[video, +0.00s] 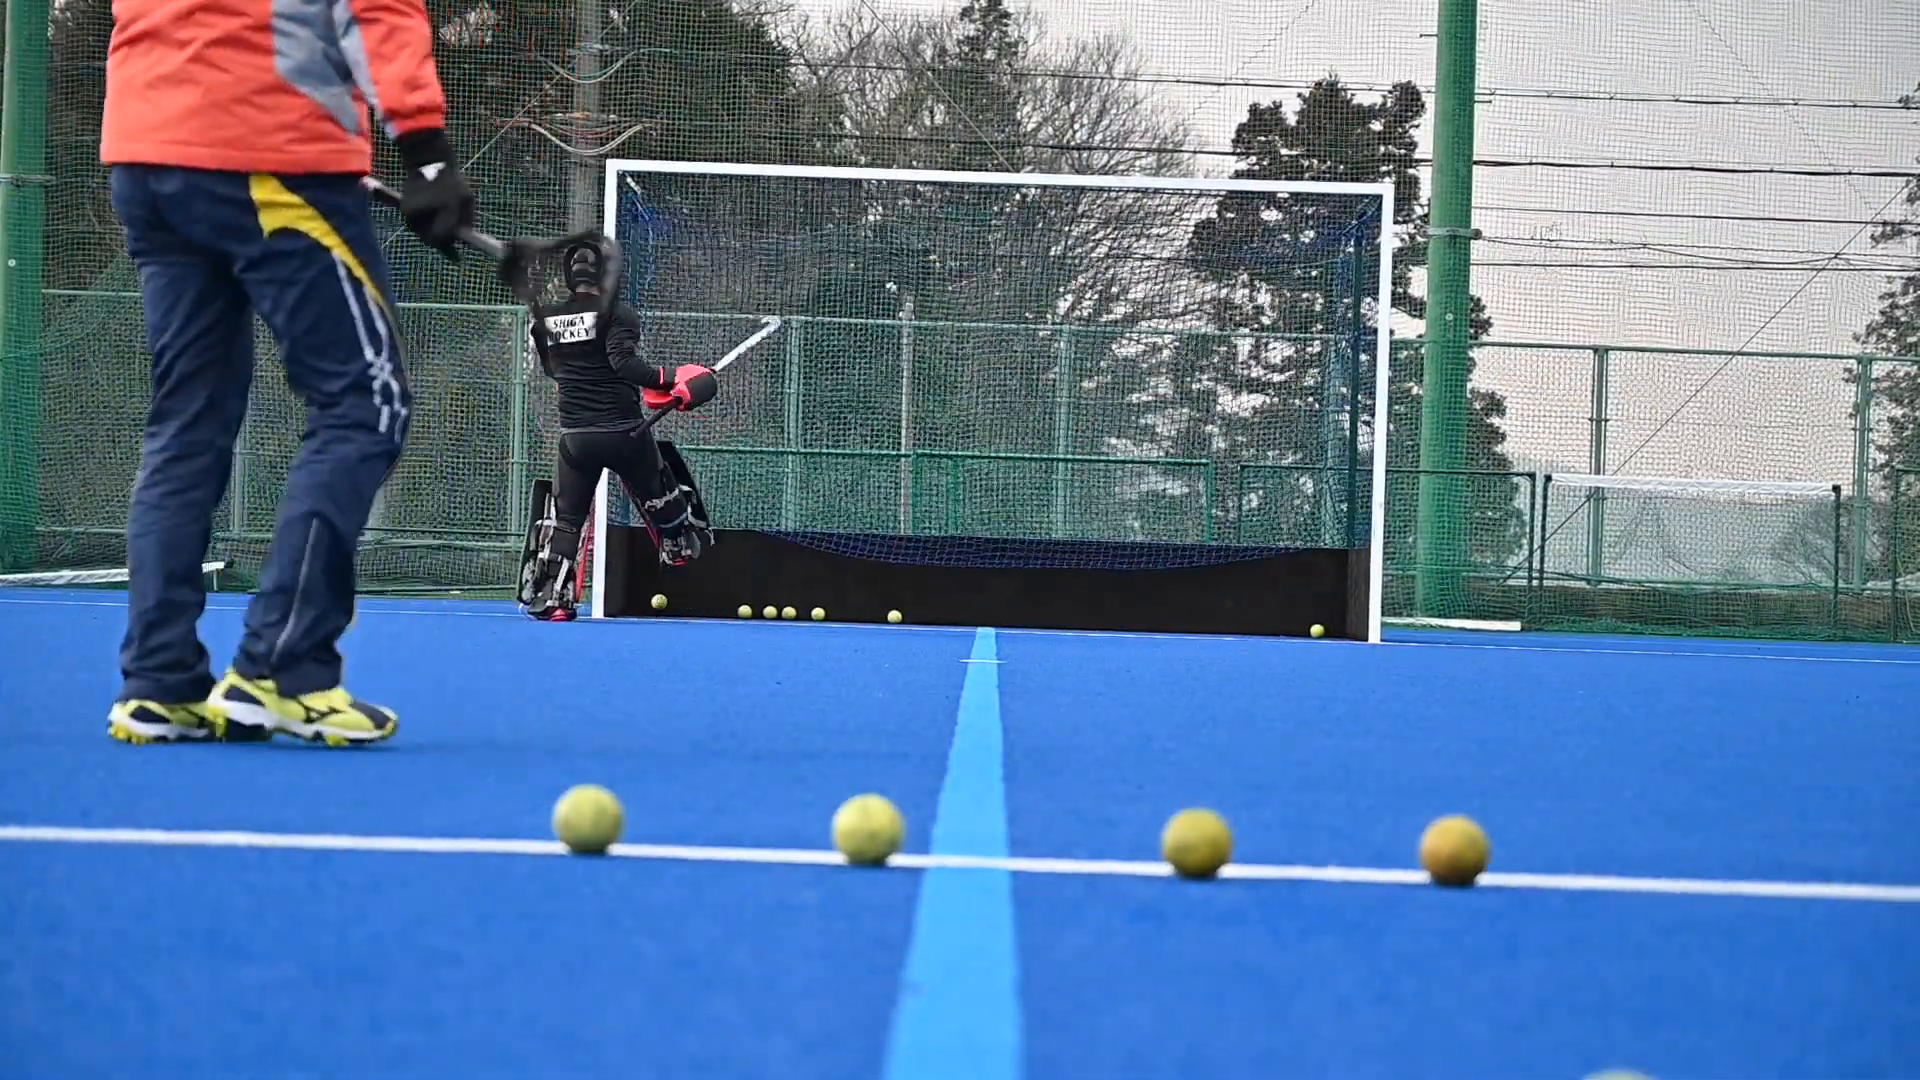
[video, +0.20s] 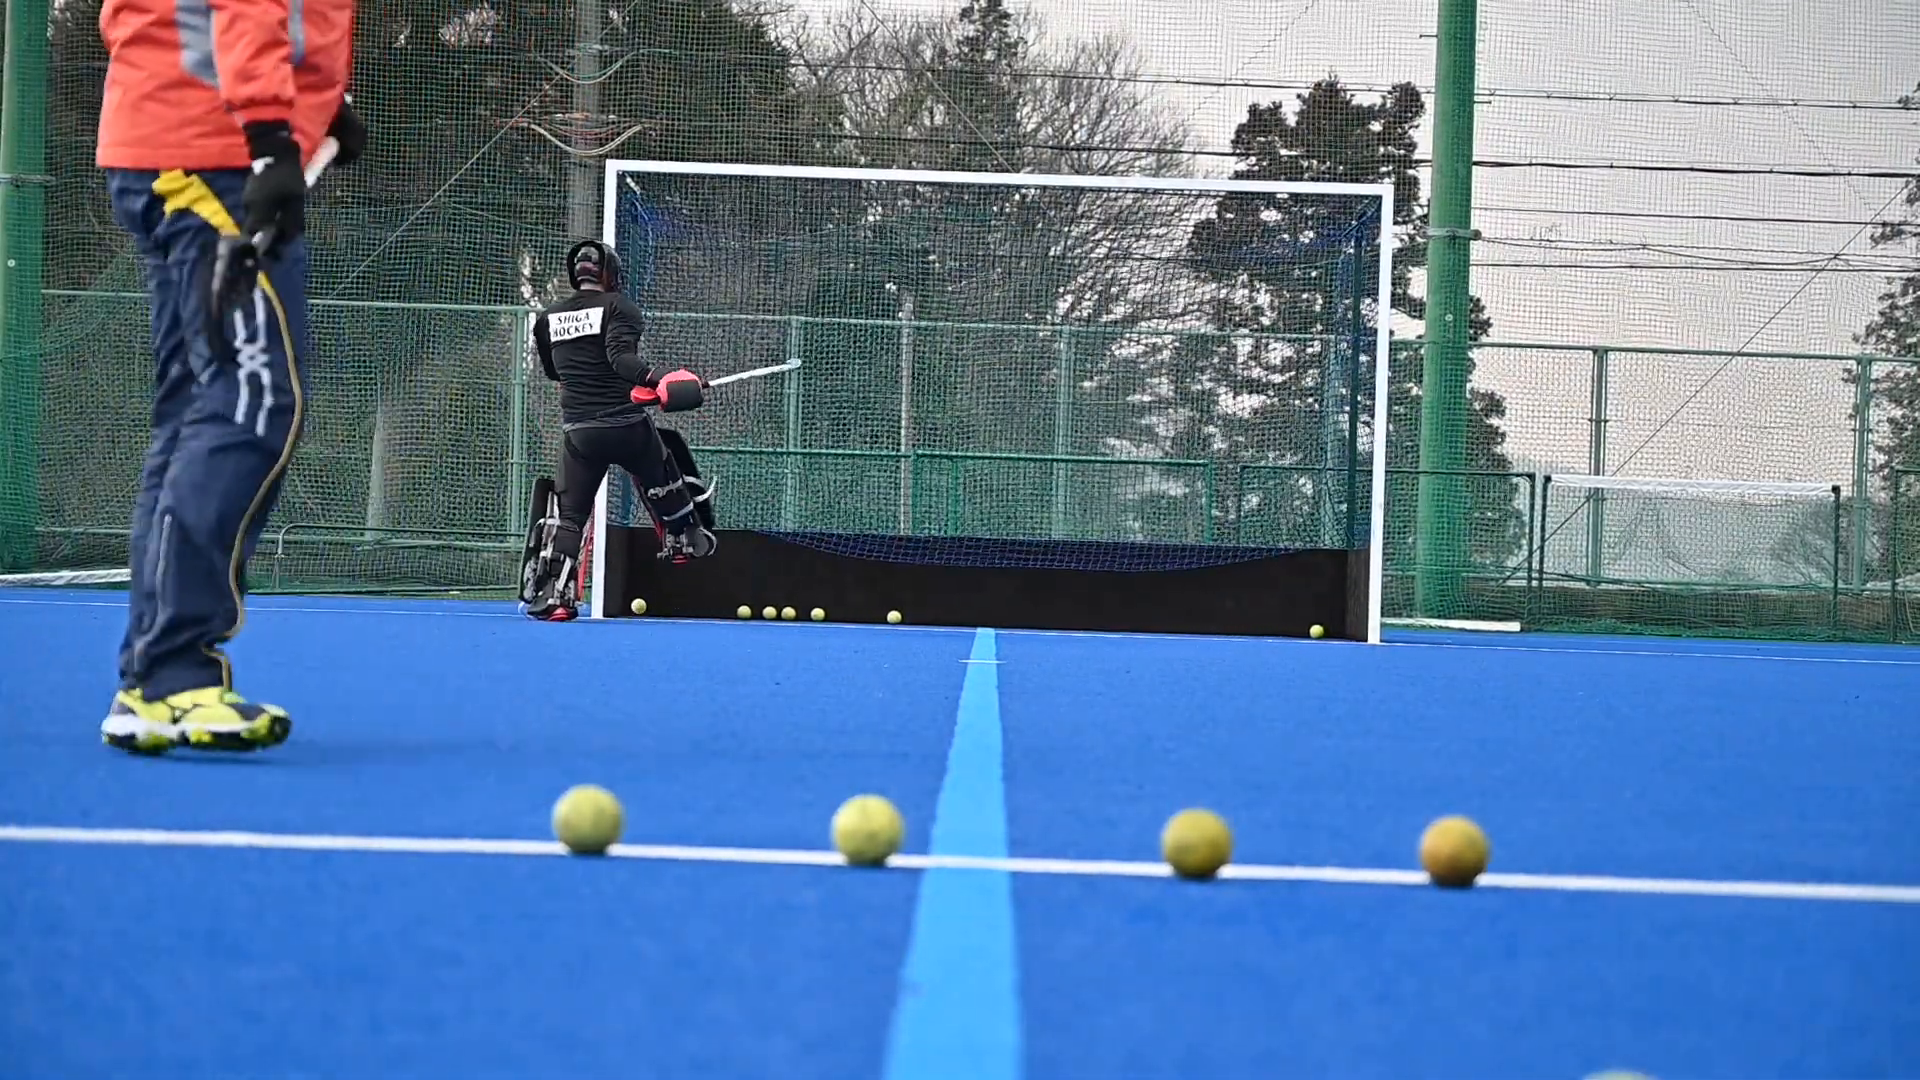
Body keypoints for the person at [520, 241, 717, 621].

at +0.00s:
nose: (618, 279)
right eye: (613, 270)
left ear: (570, 277)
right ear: (607, 275)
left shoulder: (547, 318)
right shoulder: (618, 312)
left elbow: (550, 367)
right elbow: (623, 362)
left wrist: (588, 371)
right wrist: (667, 378)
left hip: (576, 437)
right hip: (625, 433)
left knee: (567, 518)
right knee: (655, 495)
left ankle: (551, 598)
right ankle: (679, 545)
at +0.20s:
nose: (586, 269)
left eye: (588, 265)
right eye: (587, 264)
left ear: (574, 277)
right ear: (611, 275)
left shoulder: (549, 316)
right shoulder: (619, 306)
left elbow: (553, 371)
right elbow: (622, 359)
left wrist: (595, 371)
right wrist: (667, 378)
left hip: (580, 432)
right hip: (627, 425)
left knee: (570, 514)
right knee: (658, 480)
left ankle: (553, 595)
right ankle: (689, 536)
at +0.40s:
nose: (645, 287)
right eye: (642, 281)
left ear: (601, 283)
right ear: (635, 283)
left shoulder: (573, 321)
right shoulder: (645, 317)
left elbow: (558, 375)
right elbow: (651, 372)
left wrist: (585, 395)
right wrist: (697, 384)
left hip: (592, 436)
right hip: (638, 437)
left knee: (578, 516)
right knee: (661, 513)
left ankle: (554, 592)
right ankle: (670, 593)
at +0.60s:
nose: (683, 290)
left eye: (682, 283)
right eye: (680, 283)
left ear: (640, 284)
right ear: (670, 285)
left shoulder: (614, 321)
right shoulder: (682, 323)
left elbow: (600, 380)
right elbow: (709, 376)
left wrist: (591, 424)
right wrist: (751, 378)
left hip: (625, 439)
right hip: (669, 441)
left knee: (609, 514)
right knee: (675, 527)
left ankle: (577, 562)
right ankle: (668, 604)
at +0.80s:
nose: (711, 283)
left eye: (708, 276)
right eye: (706, 277)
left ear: (669, 280)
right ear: (696, 280)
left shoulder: (645, 317)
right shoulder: (709, 319)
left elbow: (630, 375)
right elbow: (747, 370)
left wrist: (607, 417)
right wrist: (788, 364)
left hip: (650, 435)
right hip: (690, 436)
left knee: (655, 508)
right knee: (681, 522)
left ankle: (619, 581)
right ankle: (666, 601)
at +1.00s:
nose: (734, 286)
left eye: (732, 280)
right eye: (730, 280)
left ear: (695, 284)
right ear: (718, 284)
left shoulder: (672, 320)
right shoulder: (732, 324)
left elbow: (654, 379)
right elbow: (775, 369)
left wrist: (634, 424)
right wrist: (814, 357)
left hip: (674, 434)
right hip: (709, 435)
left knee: (718, 510)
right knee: (689, 520)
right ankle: (665, 599)